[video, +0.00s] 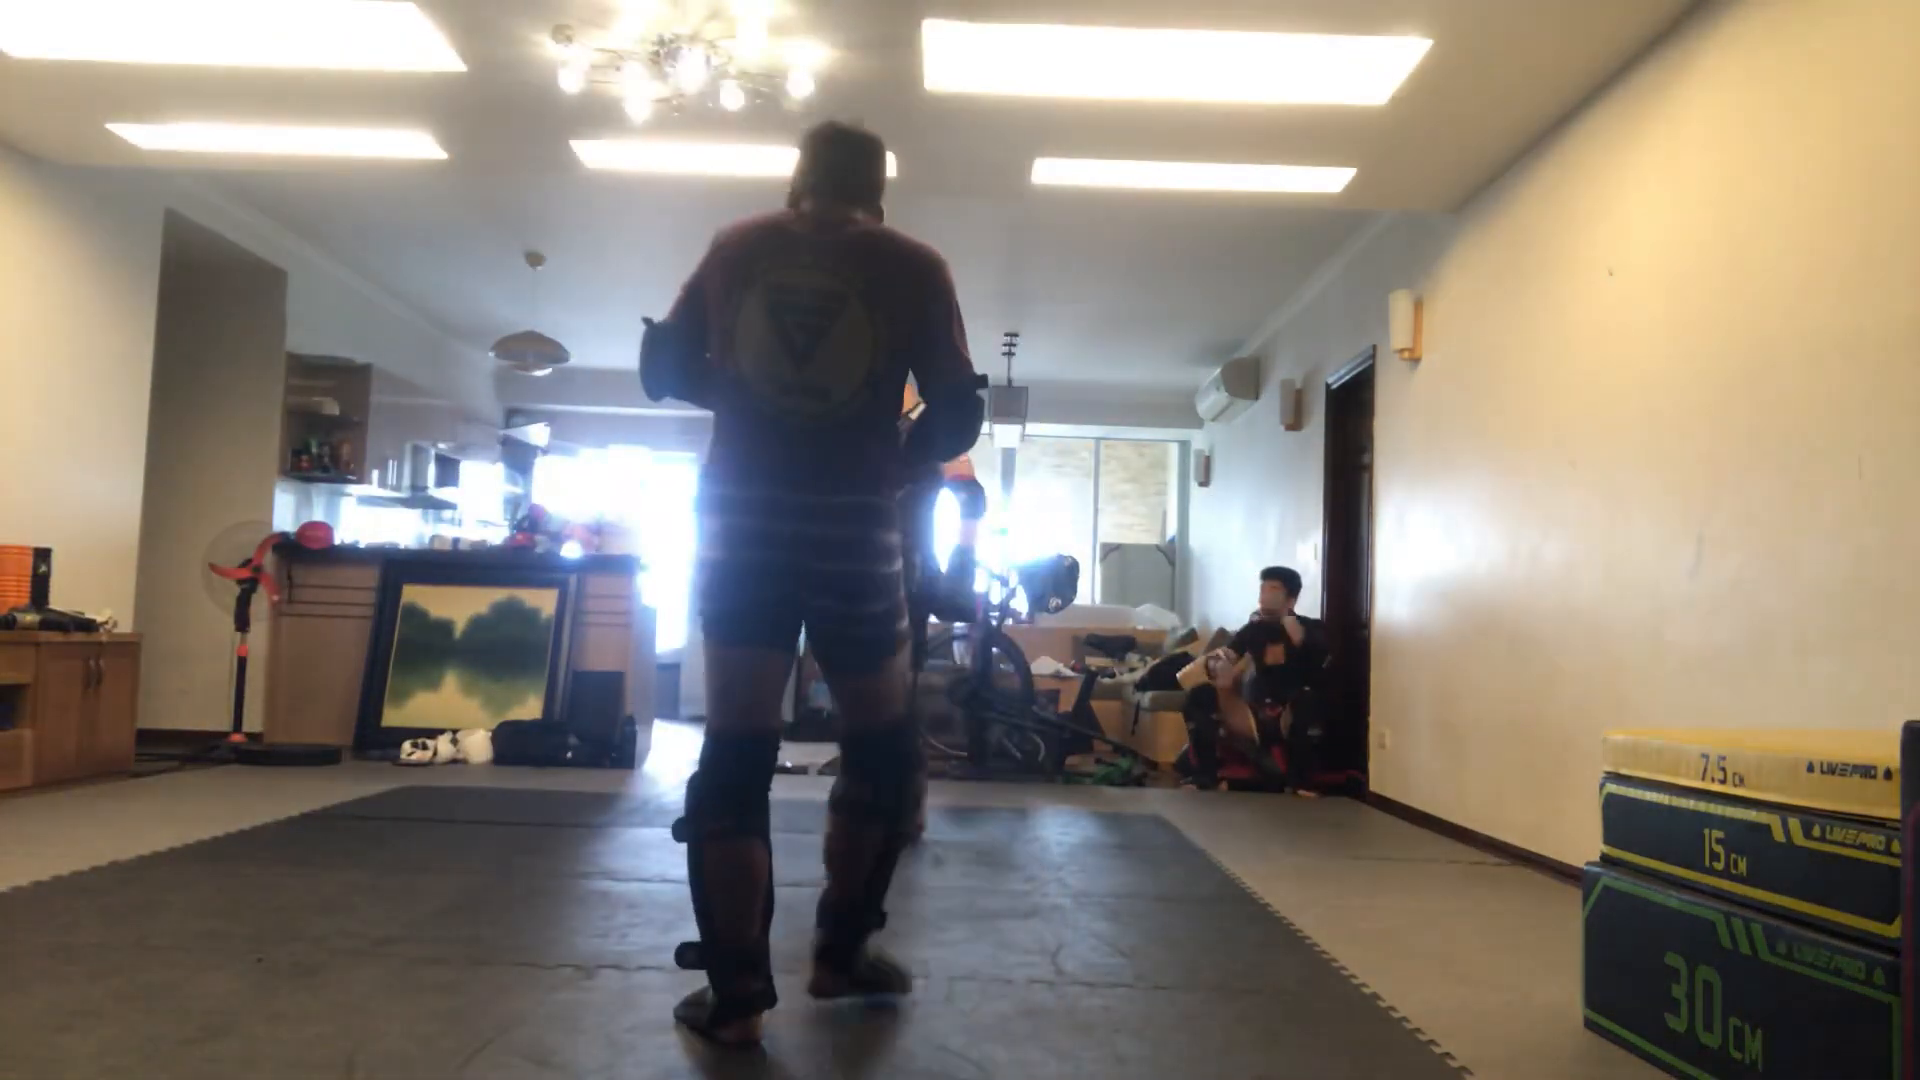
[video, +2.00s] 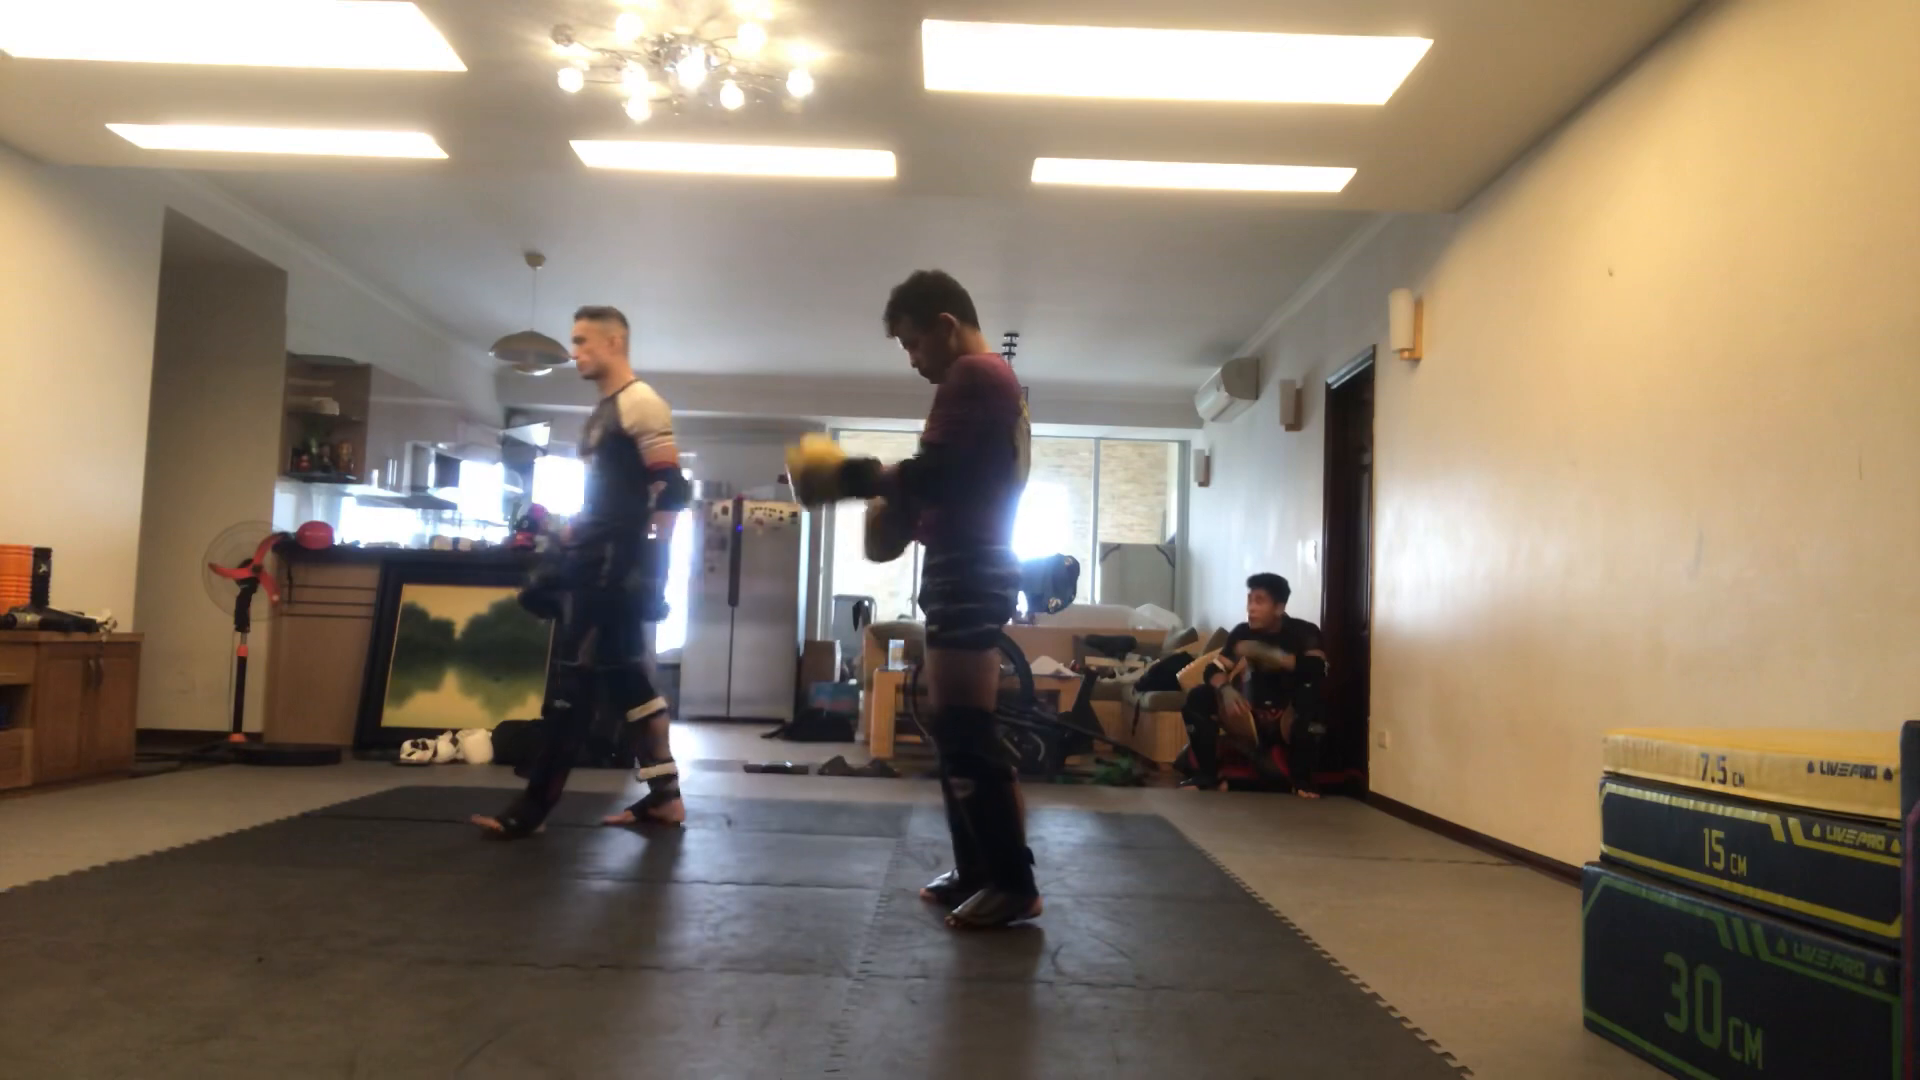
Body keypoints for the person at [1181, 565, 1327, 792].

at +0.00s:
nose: (1263, 596)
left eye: (1272, 590)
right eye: (1262, 589)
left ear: (1290, 598)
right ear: (1260, 593)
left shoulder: (1312, 629)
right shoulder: (1253, 629)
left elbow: (1320, 665)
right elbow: (1221, 661)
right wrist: (1217, 665)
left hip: (1294, 714)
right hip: (1252, 714)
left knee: (1308, 700)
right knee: (1200, 696)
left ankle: (1300, 782)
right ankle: (1204, 776)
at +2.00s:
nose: (1250, 608)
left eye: (1259, 601)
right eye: (1250, 601)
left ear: (1279, 607)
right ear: (1247, 602)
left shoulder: (1304, 632)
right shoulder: (1241, 634)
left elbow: (1317, 668)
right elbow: (1215, 671)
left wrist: (1276, 658)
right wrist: (1226, 690)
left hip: (1287, 720)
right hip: (1245, 720)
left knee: (1311, 697)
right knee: (1198, 698)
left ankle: (1303, 781)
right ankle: (1207, 776)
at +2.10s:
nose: (1252, 605)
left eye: (1261, 599)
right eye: (1251, 598)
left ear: (1281, 605)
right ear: (1248, 600)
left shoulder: (1305, 632)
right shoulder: (1243, 632)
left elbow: (1315, 674)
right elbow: (1216, 670)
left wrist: (1263, 681)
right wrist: (1224, 689)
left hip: (1288, 717)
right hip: (1246, 718)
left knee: (1311, 701)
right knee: (1198, 698)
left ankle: (1302, 781)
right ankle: (1207, 776)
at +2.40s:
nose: (1276, 612)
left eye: (1282, 605)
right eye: (1269, 605)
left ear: (1290, 605)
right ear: (1256, 607)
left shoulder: (1306, 631)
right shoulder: (1245, 633)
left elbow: (1306, 671)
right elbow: (1218, 668)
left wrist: (1265, 699)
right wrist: (1222, 685)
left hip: (1291, 704)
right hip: (1249, 702)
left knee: (1312, 708)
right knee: (1198, 698)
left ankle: (1302, 781)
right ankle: (1208, 776)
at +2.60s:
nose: (1280, 614)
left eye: (1286, 606)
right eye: (1273, 606)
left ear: (1294, 605)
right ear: (1258, 606)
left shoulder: (1307, 632)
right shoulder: (1246, 632)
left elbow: (1298, 677)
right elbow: (1218, 670)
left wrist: (1264, 707)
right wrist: (1242, 675)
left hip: (1288, 703)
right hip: (1244, 700)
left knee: (1311, 712)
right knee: (1199, 698)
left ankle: (1302, 781)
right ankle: (1208, 776)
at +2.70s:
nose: (1281, 614)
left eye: (1288, 606)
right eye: (1274, 606)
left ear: (1294, 605)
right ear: (1259, 606)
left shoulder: (1308, 631)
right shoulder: (1248, 631)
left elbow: (1296, 675)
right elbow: (1222, 670)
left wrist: (1265, 710)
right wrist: (1254, 672)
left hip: (1289, 709)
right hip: (1247, 707)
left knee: (1312, 707)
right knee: (1199, 698)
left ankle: (1303, 782)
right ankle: (1208, 776)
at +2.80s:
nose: (1283, 613)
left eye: (1289, 606)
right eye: (1275, 606)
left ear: (1295, 604)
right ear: (1260, 606)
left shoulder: (1309, 632)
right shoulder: (1248, 631)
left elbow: (1299, 672)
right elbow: (1225, 671)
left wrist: (1265, 707)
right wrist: (1262, 673)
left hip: (1287, 712)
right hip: (1246, 711)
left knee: (1311, 704)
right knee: (1199, 697)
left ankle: (1303, 782)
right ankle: (1208, 776)